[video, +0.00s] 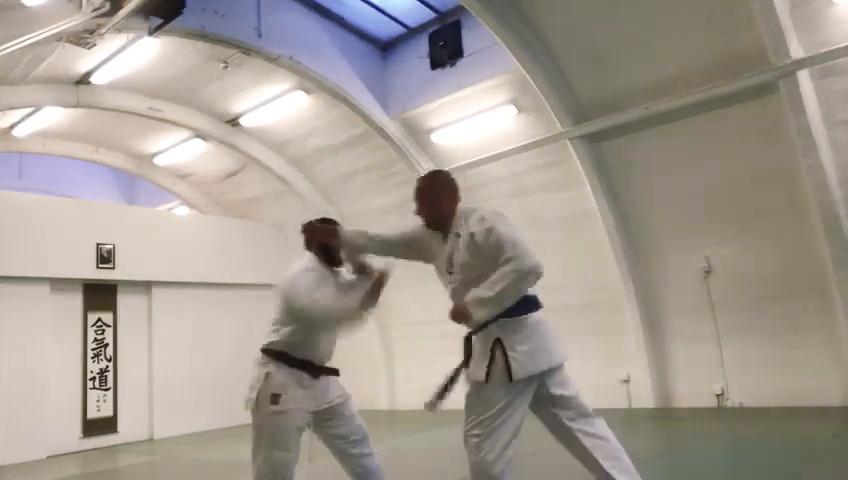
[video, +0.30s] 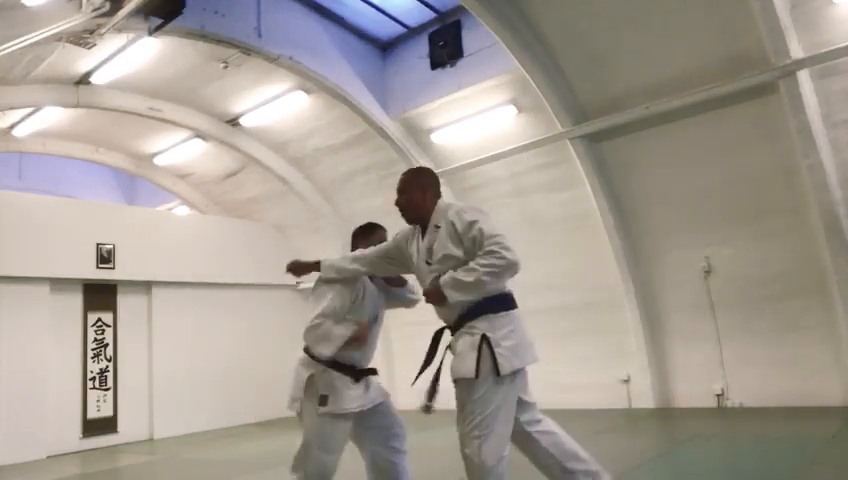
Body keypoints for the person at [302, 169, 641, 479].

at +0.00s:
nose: (417, 208)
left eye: (421, 200)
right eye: (416, 201)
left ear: (442, 199)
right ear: (442, 198)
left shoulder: (485, 224)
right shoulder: (432, 240)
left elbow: (527, 265)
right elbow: (381, 243)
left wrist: (473, 305)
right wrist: (335, 233)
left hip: (507, 344)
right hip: (526, 337)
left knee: (483, 447)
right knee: (578, 424)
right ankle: (626, 476)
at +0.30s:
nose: (395, 200)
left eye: (401, 192)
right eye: (396, 193)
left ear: (424, 192)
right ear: (420, 195)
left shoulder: (460, 217)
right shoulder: (411, 240)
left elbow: (504, 258)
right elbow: (369, 260)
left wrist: (448, 285)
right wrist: (315, 266)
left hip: (489, 335)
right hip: (477, 337)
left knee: (480, 447)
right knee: (527, 424)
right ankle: (590, 475)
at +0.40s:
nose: (400, 200)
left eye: (405, 192)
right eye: (400, 193)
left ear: (428, 191)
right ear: (420, 193)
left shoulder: (457, 217)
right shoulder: (413, 241)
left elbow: (500, 258)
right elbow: (371, 258)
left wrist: (445, 287)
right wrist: (317, 263)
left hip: (487, 338)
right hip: (471, 339)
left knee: (481, 451)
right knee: (519, 431)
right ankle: (560, 475)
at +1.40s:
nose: (416, 227)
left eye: (420, 218)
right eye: (415, 221)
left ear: (442, 212)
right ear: (438, 214)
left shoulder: (477, 238)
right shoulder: (440, 257)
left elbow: (496, 295)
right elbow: (403, 285)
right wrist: (346, 286)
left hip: (516, 340)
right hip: (501, 342)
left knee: (488, 435)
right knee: (520, 441)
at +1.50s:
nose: (408, 252)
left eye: (409, 243)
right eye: (405, 245)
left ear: (428, 231)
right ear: (431, 231)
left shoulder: (472, 249)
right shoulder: (436, 266)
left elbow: (497, 314)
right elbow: (423, 310)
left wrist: (475, 355)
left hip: (522, 340)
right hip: (505, 341)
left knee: (487, 434)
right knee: (518, 440)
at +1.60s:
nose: (404, 277)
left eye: (403, 268)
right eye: (399, 271)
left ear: (416, 252)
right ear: (418, 249)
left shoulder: (464, 259)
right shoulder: (437, 273)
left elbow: (502, 320)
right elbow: (444, 324)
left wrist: (481, 354)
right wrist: (427, 353)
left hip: (524, 342)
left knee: (491, 437)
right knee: (521, 440)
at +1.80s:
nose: (396, 309)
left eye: (394, 302)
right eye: (390, 305)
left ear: (404, 286)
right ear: (406, 281)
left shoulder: (450, 282)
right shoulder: (429, 290)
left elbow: (507, 328)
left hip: (527, 343)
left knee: (499, 441)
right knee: (522, 440)